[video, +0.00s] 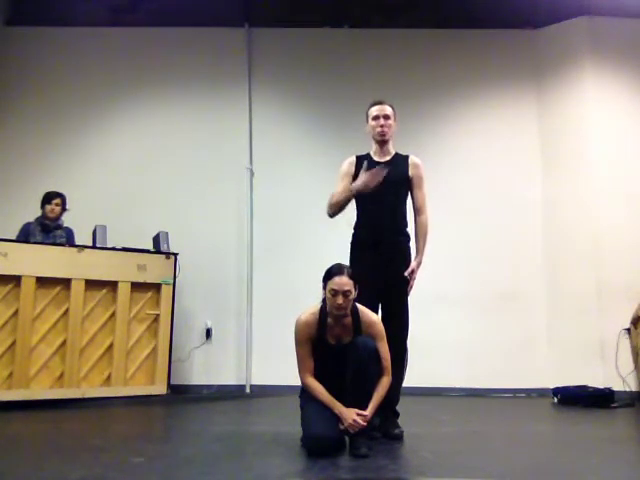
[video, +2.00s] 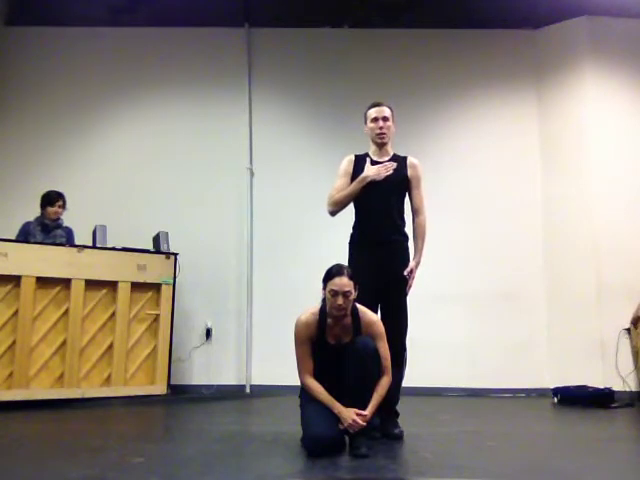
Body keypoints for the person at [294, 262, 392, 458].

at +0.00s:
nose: (340, 301)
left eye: (347, 294)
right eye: (334, 294)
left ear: (355, 293)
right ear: (324, 292)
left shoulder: (371, 322)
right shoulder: (307, 323)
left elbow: (386, 374)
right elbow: (307, 378)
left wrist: (366, 414)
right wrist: (342, 412)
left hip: (355, 392)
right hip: (321, 392)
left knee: (365, 347)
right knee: (322, 445)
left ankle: (360, 432)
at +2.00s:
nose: (340, 302)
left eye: (347, 295)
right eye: (333, 294)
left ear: (355, 293)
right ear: (324, 292)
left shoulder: (371, 323)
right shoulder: (306, 324)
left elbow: (386, 375)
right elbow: (306, 378)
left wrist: (367, 413)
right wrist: (341, 411)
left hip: (355, 392)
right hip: (320, 393)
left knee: (365, 347)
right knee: (321, 445)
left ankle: (359, 432)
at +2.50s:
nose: (340, 302)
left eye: (347, 295)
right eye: (334, 295)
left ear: (356, 294)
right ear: (325, 292)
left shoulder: (372, 323)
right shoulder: (307, 323)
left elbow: (387, 375)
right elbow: (306, 378)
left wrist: (367, 413)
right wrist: (341, 411)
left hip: (355, 393)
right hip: (321, 393)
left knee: (365, 347)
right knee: (322, 444)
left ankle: (360, 432)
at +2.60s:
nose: (341, 302)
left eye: (347, 295)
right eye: (334, 294)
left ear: (356, 294)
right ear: (325, 292)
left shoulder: (371, 323)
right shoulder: (307, 323)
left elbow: (387, 375)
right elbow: (306, 378)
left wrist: (367, 413)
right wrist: (341, 411)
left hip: (355, 392)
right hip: (321, 393)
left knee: (365, 347)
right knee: (322, 444)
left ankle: (359, 433)